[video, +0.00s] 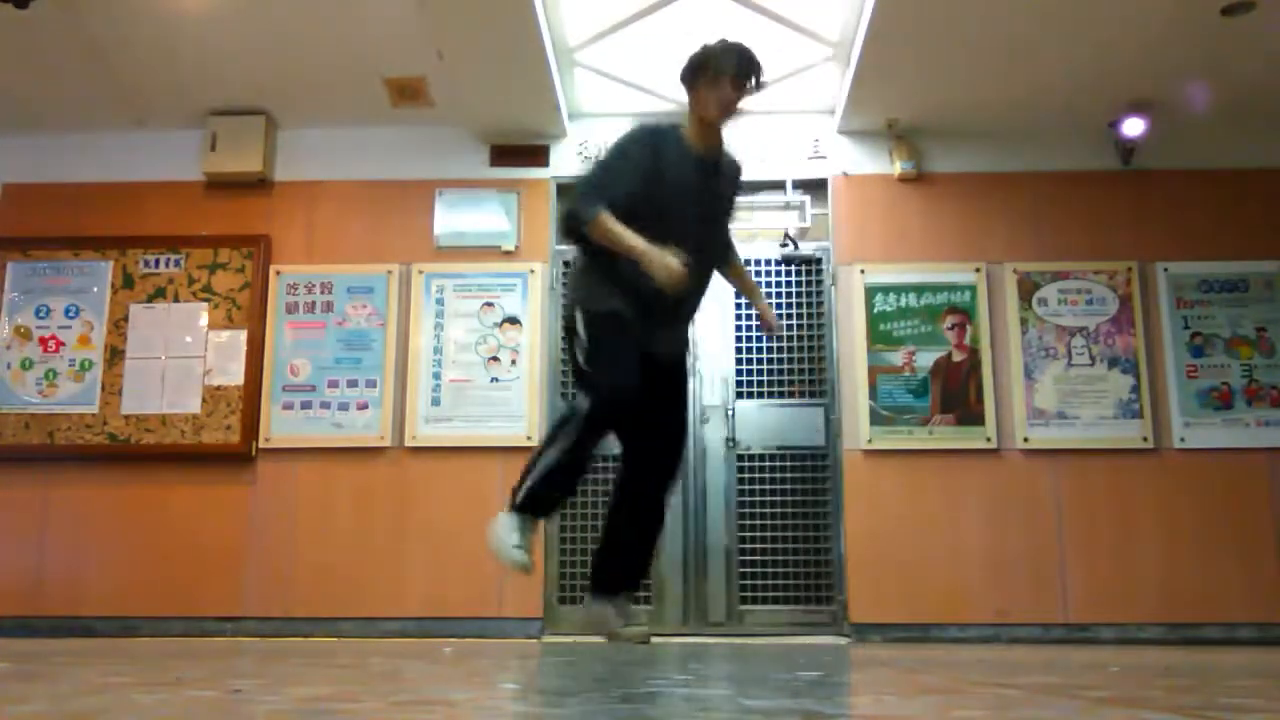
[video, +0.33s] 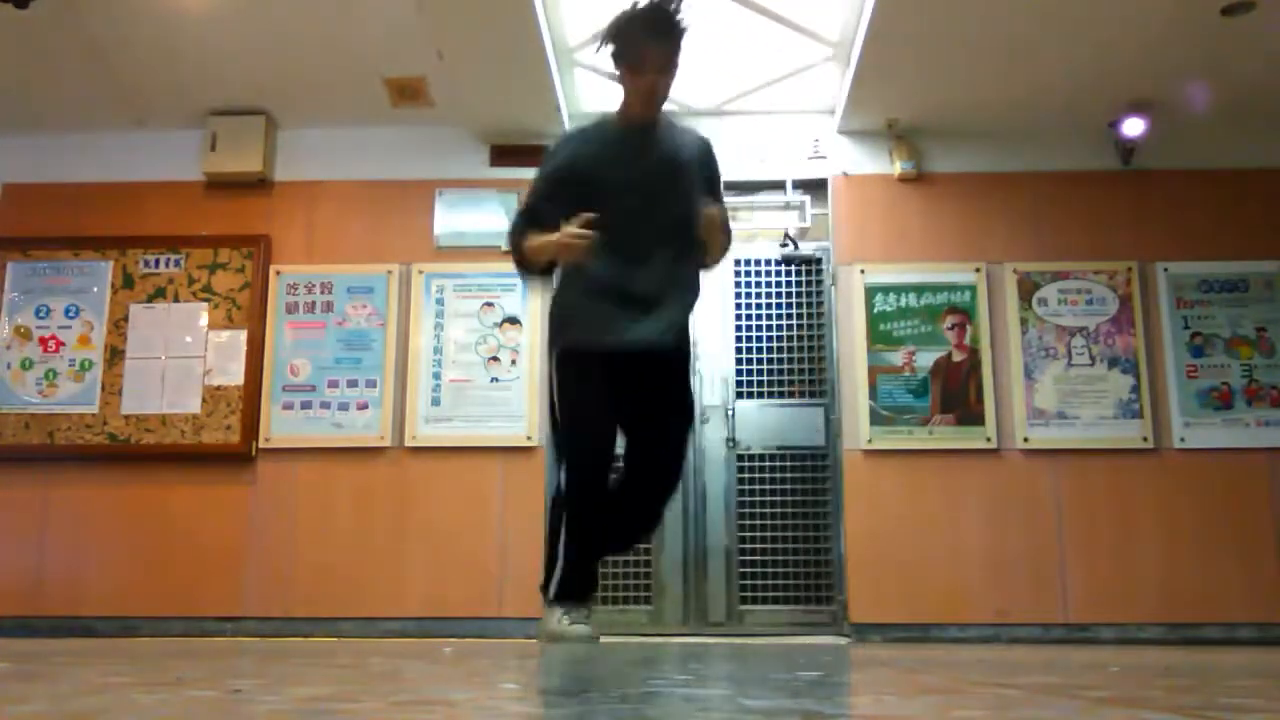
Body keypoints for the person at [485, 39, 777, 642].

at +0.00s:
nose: (730, 99)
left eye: (738, 89)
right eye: (721, 85)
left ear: (743, 97)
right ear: (693, 85)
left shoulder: (724, 171)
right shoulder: (647, 143)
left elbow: (715, 243)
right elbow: (583, 209)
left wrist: (757, 299)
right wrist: (647, 251)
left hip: (665, 322)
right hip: (607, 305)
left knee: (656, 454)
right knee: (611, 400)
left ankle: (609, 595)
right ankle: (521, 515)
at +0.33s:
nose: (656, 83)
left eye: (665, 69)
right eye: (644, 69)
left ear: (676, 69)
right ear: (620, 68)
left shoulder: (693, 152)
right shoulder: (576, 151)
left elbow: (714, 250)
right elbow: (523, 242)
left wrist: (713, 229)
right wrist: (555, 243)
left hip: (661, 340)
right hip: (585, 340)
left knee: (657, 475)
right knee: (587, 469)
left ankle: (575, 550)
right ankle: (567, 607)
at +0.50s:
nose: (640, 105)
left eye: (649, 92)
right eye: (629, 92)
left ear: (662, 79)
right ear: (606, 82)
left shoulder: (691, 130)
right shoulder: (575, 147)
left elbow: (719, 205)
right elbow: (520, 249)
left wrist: (738, 192)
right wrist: (531, 201)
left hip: (677, 320)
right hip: (601, 325)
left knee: (678, 451)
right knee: (593, 452)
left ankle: (633, 549)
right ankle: (569, 588)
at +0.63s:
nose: (651, 90)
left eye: (660, 77)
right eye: (637, 80)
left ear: (674, 59)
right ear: (615, 68)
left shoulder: (704, 90)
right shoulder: (590, 123)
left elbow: (730, 173)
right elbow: (548, 231)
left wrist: (752, 162)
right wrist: (539, 193)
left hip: (703, 282)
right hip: (629, 288)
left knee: (713, 417)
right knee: (627, 413)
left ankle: (694, 563)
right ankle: (612, 564)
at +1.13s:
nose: (718, 92)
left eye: (731, 80)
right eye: (713, 76)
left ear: (745, 73)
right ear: (690, 56)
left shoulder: (755, 128)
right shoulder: (629, 104)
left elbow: (817, 190)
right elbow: (546, 136)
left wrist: (856, 140)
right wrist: (515, 100)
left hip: (693, 304)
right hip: (615, 295)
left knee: (687, 435)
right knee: (624, 426)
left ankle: (656, 573)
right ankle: (612, 572)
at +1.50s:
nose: (721, 70)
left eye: (733, 55)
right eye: (712, 55)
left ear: (745, 49)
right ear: (687, 44)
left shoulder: (764, 103)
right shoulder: (637, 118)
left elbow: (819, 156)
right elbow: (561, 170)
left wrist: (874, 129)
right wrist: (530, 121)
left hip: (753, 304)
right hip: (679, 310)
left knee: (744, 439)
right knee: (685, 436)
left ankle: (718, 574)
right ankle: (669, 568)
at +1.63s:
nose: (721, 74)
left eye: (734, 60)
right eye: (710, 57)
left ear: (752, 55)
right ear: (691, 52)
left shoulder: (775, 119)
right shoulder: (654, 139)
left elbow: (821, 166)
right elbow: (584, 216)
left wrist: (883, 145)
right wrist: (556, 193)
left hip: (776, 320)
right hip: (696, 329)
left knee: (784, 458)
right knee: (709, 467)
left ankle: (786, 596)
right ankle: (715, 597)